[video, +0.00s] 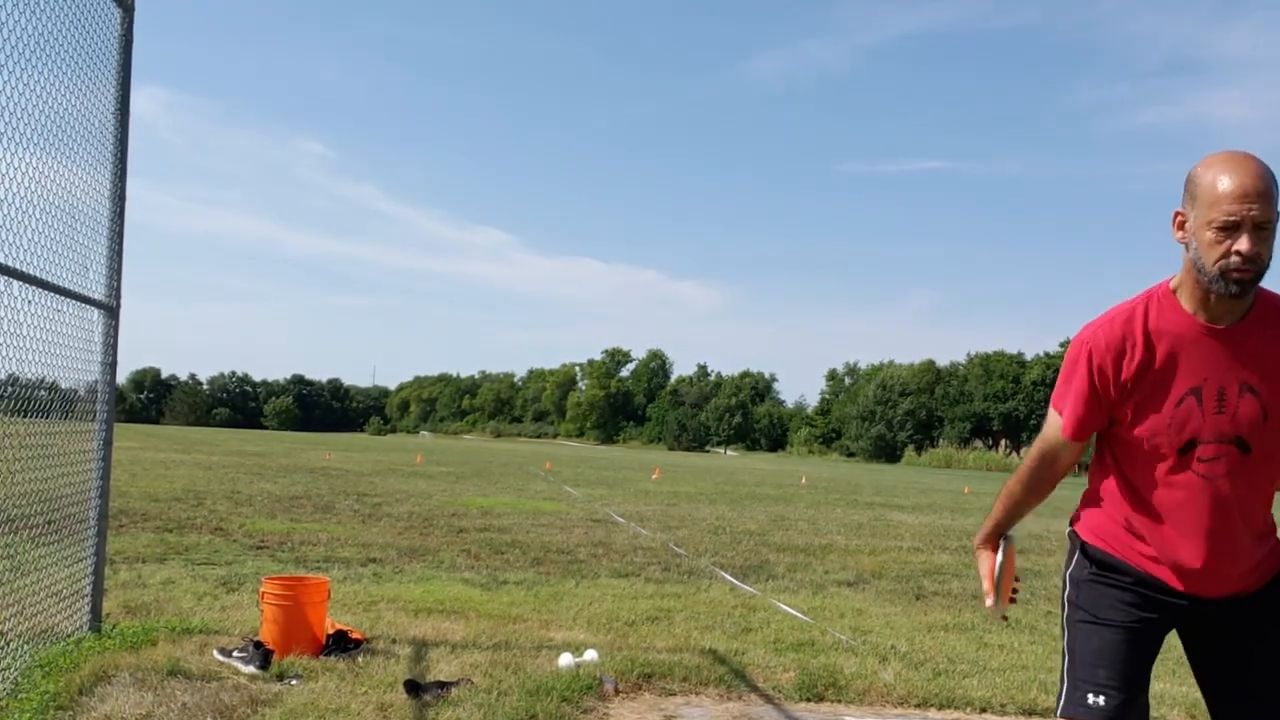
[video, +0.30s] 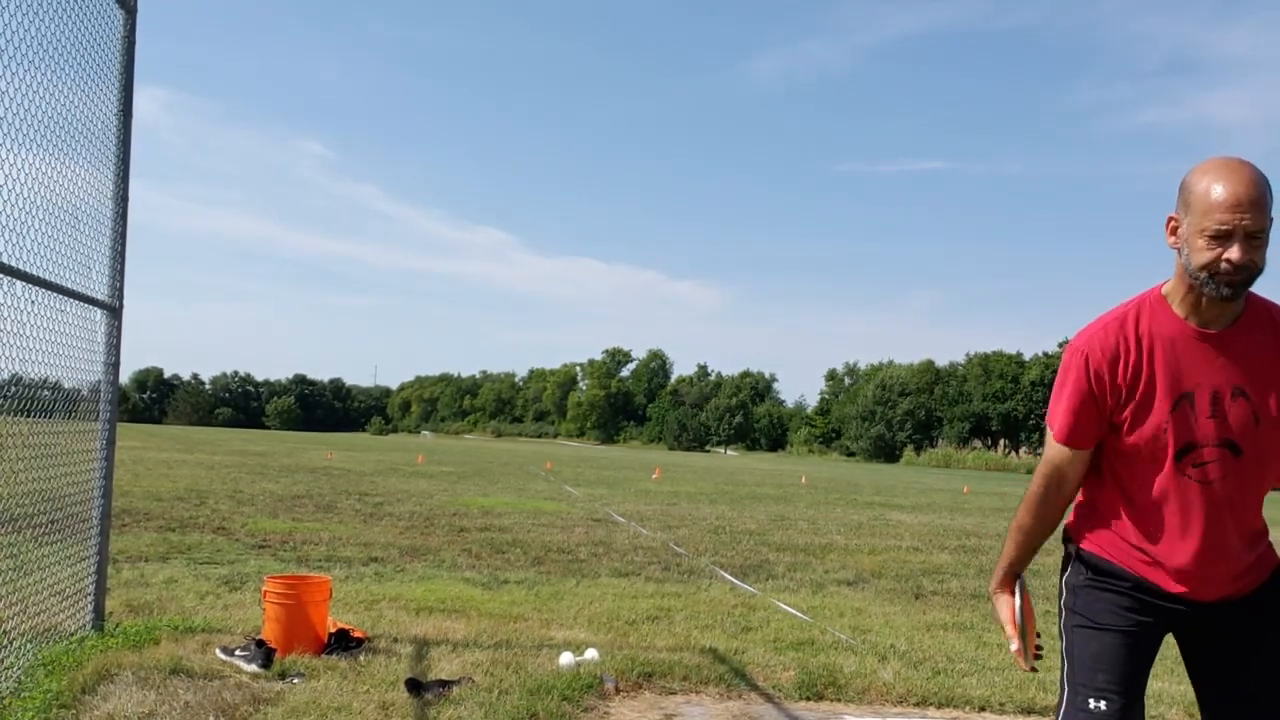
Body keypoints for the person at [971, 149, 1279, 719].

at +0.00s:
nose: (1248, 247)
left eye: (1261, 229)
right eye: (1228, 228)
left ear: (1276, 230)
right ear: (1183, 226)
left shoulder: (1277, 330)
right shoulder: (1115, 339)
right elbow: (1055, 452)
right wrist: (989, 534)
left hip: (1245, 570)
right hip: (1122, 563)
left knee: (1260, 707)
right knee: (1096, 709)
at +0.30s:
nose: (1238, 255)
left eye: (1253, 237)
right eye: (1219, 237)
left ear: (1269, 236)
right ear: (1175, 232)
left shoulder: (1275, 338)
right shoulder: (1105, 346)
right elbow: (1058, 474)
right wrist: (1004, 576)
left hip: (1242, 574)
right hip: (1118, 570)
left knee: (1257, 707)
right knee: (1095, 711)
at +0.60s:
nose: (1213, 247)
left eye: (1229, 229)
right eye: (1195, 229)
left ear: (1246, 225)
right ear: (1155, 223)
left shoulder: (1270, 329)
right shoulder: (1100, 334)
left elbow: (1275, 472)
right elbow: (1084, 468)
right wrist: (1086, 572)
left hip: (1236, 585)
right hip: (1119, 579)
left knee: (1265, 703)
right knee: (1093, 708)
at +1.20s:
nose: (1219, 248)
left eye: (1236, 230)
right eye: (1201, 229)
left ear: (1253, 230)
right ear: (1160, 227)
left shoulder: (1270, 333)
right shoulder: (1100, 338)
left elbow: (1274, 473)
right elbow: (1053, 479)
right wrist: (1004, 598)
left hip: (1240, 577)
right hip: (1117, 573)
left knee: (1261, 707)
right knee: (1096, 707)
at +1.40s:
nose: (1225, 247)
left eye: (1241, 228)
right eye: (1206, 228)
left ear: (1260, 228)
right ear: (1166, 226)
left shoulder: (1274, 325)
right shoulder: (1101, 334)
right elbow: (1051, 439)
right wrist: (997, 517)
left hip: (1243, 568)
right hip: (1118, 562)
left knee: (1259, 708)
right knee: (1093, 710)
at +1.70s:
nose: (1221, 251)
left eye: (1238, 232)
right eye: (1203, 232)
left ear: (1255, 233)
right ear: (1162, 230)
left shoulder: (1270, 333)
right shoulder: (1095, 342)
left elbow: (1273, 470)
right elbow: (1056, 466)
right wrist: (1010, 561)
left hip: (1240, 578)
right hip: (1116, 574)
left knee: (1260, 706)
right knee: (1098, 711)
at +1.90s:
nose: (1207, 242)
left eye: (1224, 223)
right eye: (1190, 223)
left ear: (1242, 225)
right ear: (1151, 222)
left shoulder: (1269, 331)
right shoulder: (1093, 337)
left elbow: (1274, 480)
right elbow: (1066, 485)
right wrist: (1038, 613)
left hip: (1235, 583)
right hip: (1117, 576)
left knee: (1260, 708)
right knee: (1091, 708)